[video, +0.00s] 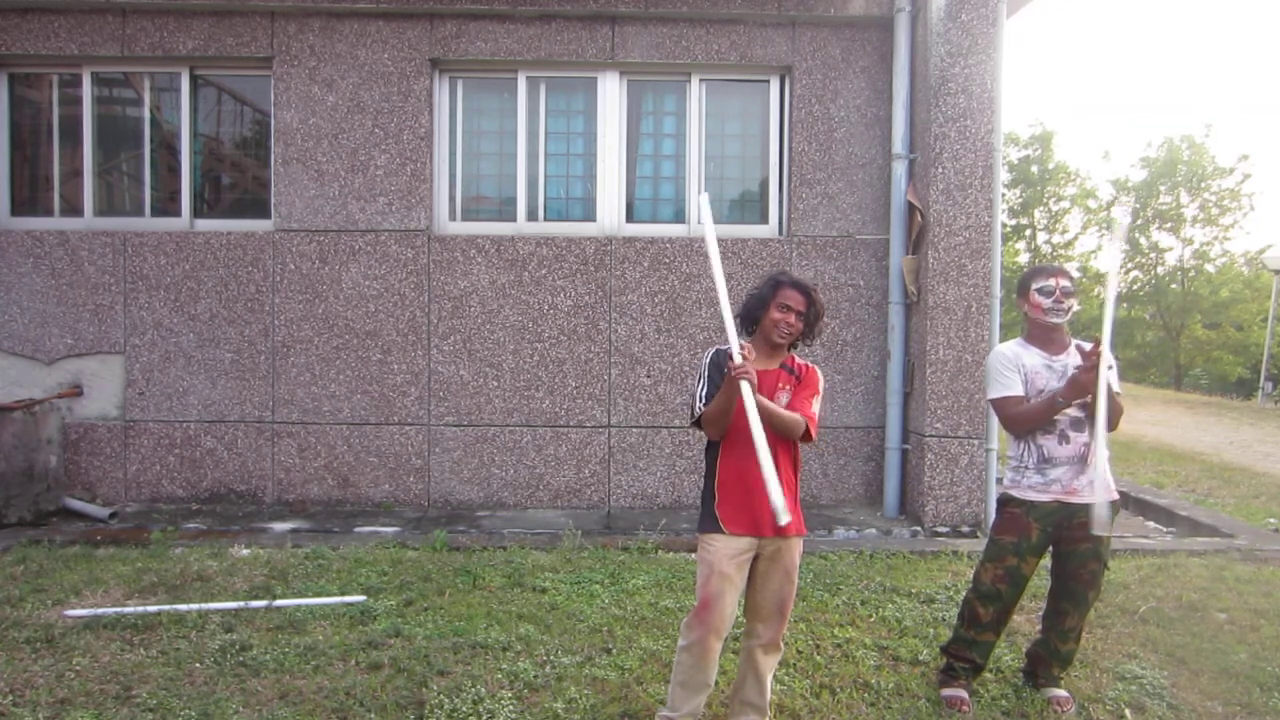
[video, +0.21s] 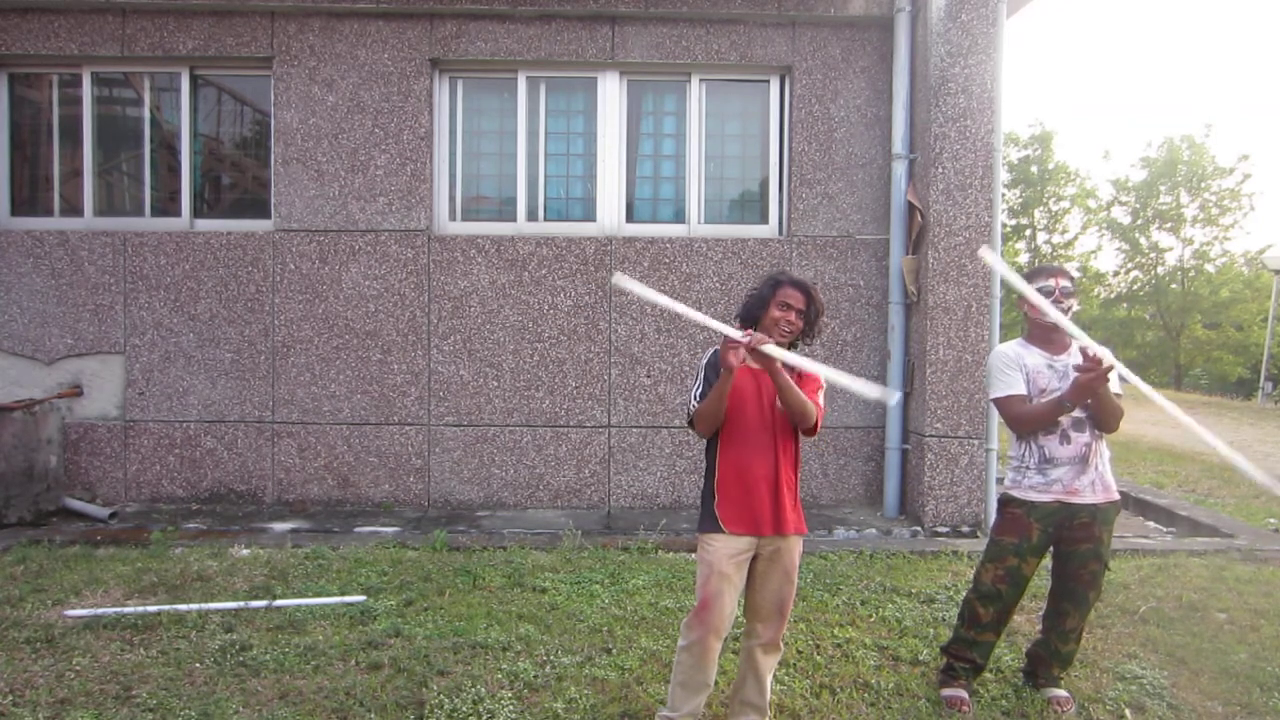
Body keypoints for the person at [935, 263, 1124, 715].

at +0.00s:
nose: (1058, 299)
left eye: (1067, 293)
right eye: (1046, 291)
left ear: (1076, 304)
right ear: (1023, 303)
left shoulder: (1094, 357)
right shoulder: (1006, 356)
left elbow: (1111, 421)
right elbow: (1016, 422)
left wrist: (1098, 375)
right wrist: (1068, 394)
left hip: (1089, 497)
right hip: (1029, 496)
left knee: (1077, 595)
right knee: (994, 586)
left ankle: (1045, 672)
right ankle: (957, 674)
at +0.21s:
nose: (1058, 300)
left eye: (1066, 294)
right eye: (1046, 293)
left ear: (1076, 304)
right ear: (1023, 304)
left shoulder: (1091, 358)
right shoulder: (1007, 356)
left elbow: (1112, 422)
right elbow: (1020, 422)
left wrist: (1095, 384)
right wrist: (1075, 395)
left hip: (1092, 498)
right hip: (1030, 496)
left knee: (1077, 598)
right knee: (995, 587)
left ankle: (1044, 672)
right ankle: (957, 674)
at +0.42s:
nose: (1059, 298)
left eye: (1067, 292)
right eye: (1047, 290)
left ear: (1077, 304)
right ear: (1025, 304)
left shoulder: (1095, 356)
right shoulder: (1008, 355)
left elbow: (1112, 423)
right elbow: (1021, 420)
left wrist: (1097, 394)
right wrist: (1079, 399)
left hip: (1093, 500)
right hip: (1032, 497)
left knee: (1078, 598)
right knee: (996, 587)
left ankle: (1045, 673)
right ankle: (958, 673)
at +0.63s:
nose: (1065, 297)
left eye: (1071, 292)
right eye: (1052, 290)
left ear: (1078, 304)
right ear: (1026, 304)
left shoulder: (1096, 355)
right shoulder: (1009, 356)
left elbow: (1111, 424)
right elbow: (1022, 422)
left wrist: (1105, 391)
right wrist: (1077, 395)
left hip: (1094, 499)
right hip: (1032, 497)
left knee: (1078, 597)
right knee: (996, 587)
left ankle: (1045, 673)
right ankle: (958, 674)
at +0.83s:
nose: (1073, 297)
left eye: (1077, 292)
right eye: (1062, 289)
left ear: (1079, 305)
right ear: (1031, 300)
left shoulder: (1095, 356)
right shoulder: (1008, 355)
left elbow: (1111, 424)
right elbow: (1020, 421)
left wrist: (1110, 383)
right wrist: (1069, 393)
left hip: (1093, 500)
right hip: (1032, 498)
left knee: (1077, 599)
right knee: (996, 588)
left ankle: (1046, 674)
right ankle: (957, 675)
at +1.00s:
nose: (1072, 297)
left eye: (1076, 292)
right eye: (1061, 289)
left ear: (1079, 307)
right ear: (1030, 300)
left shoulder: (1094, 355)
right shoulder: (1009, 355)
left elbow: (1112, 422)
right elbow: (1020, 421)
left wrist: (1117, 379)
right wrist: (1065, 382)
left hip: (1093, 499)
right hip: (1032, 497)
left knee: (1077, 598)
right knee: (996, 587)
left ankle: (1046, 673)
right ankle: (957, 675)